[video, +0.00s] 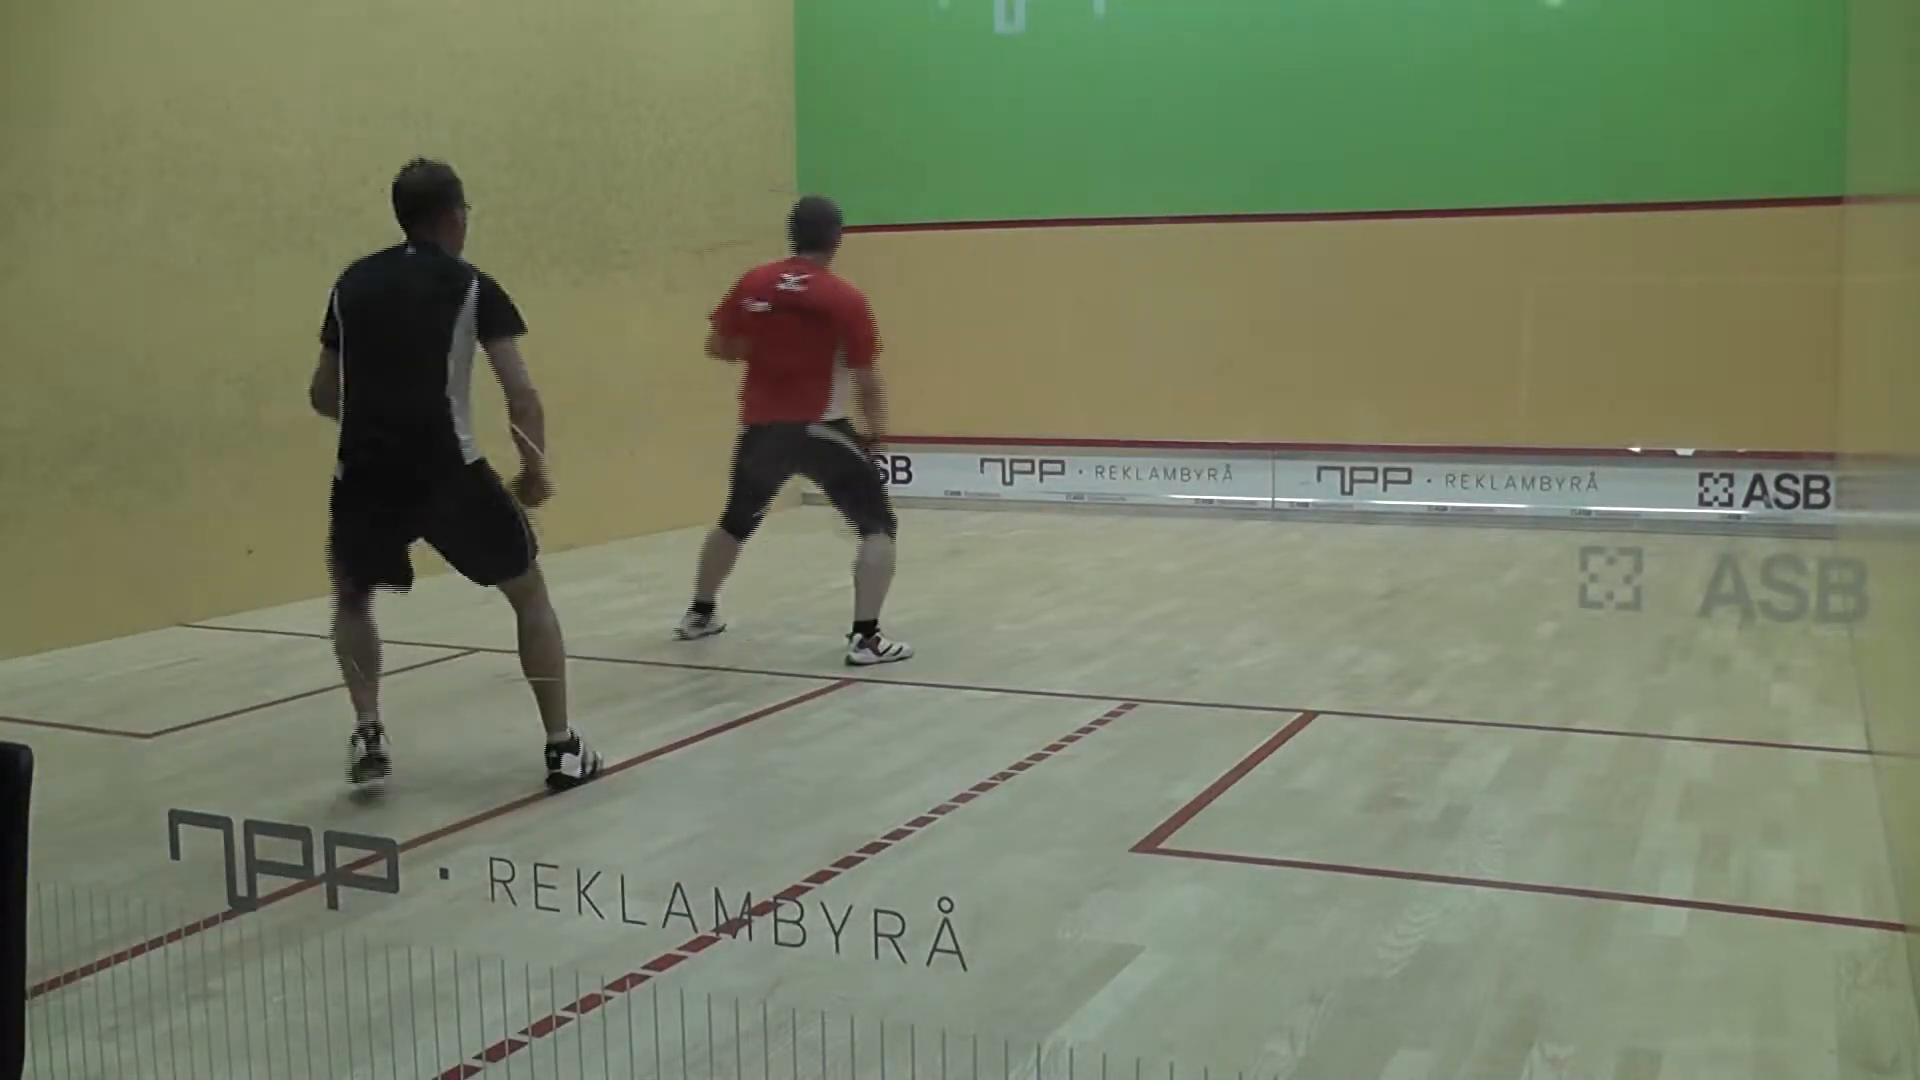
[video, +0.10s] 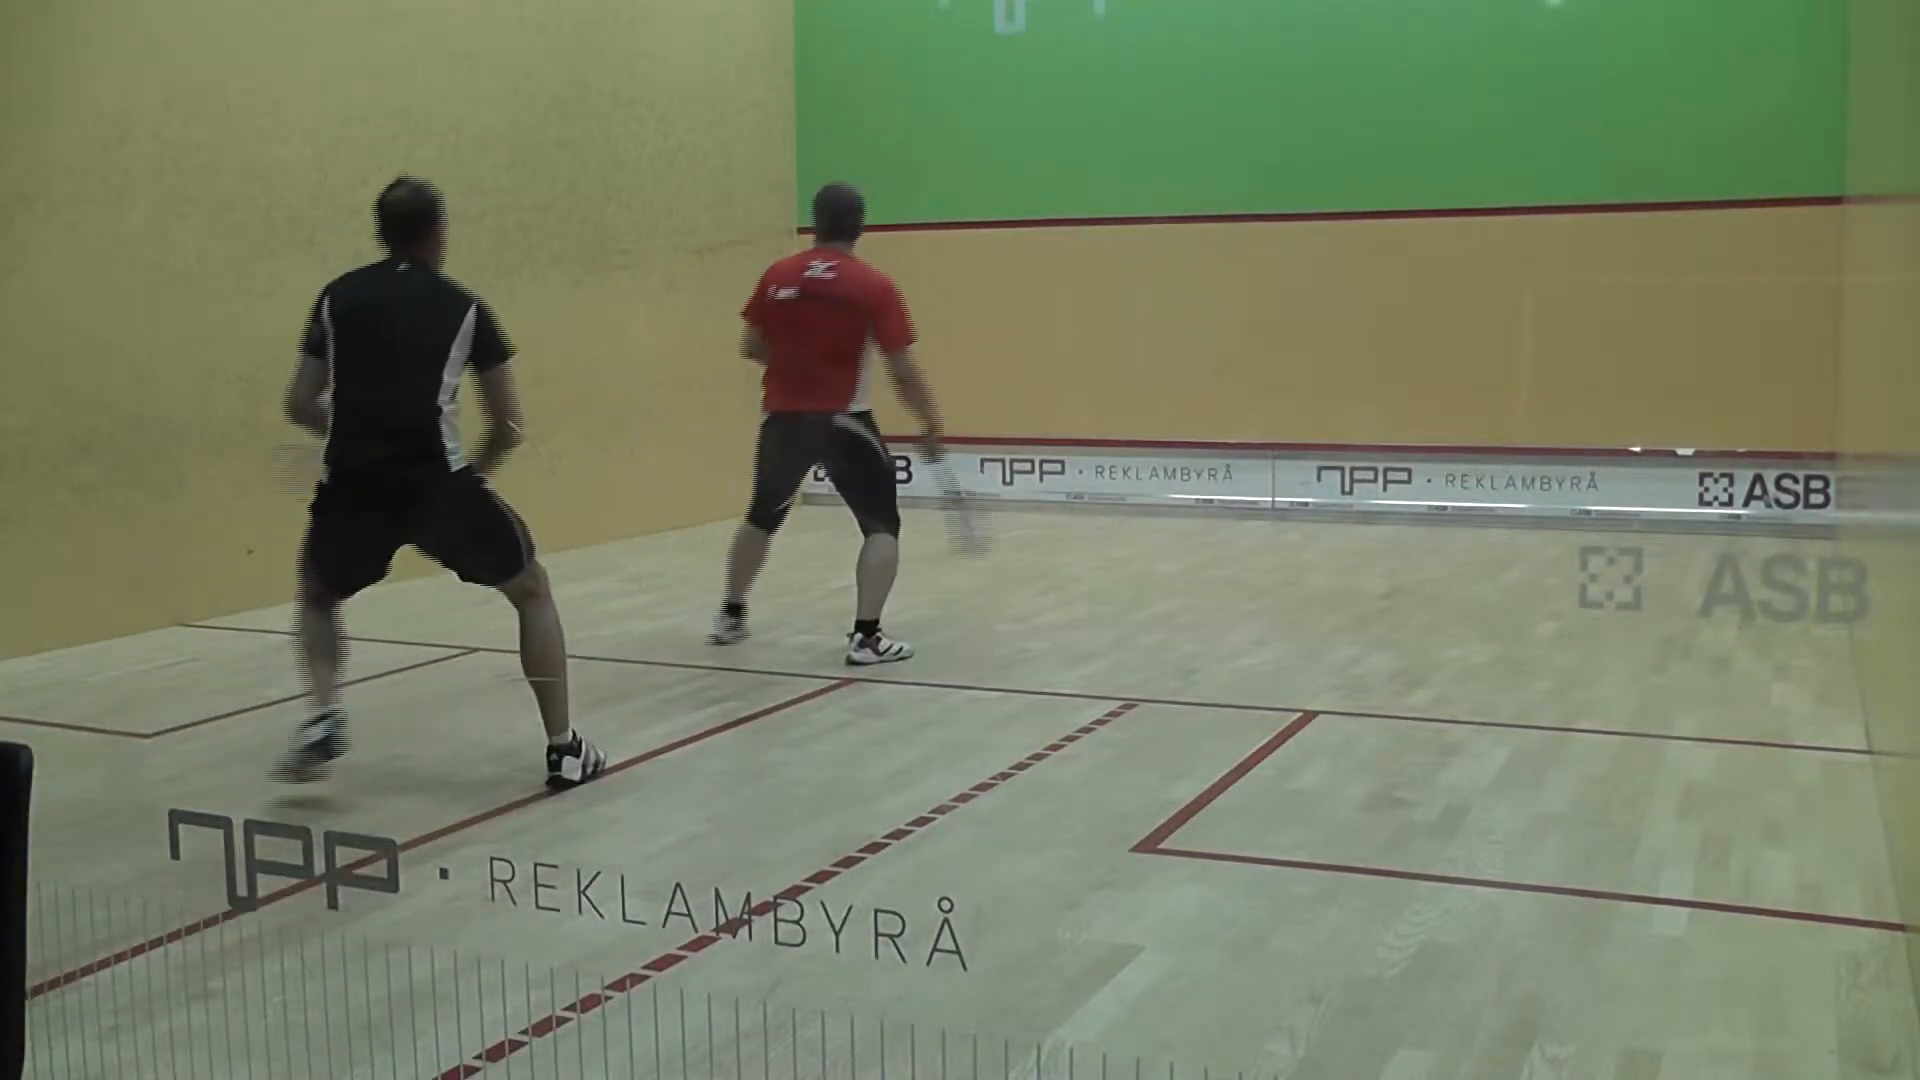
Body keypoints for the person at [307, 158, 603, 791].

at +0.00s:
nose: (467, 221)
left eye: (463, 212)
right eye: (464, 212)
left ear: (402, 221)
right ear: (453, 217)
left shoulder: (353, 282)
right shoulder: (473, 288)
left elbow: (324, 394)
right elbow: (520, 394)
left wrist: (377, 414)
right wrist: (534, 468)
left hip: (367, 480)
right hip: (450, 476)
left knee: (352, 597)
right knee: (530, 598)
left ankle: (368, 734)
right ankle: (562, 745)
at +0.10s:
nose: (443, 237)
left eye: (438, 228)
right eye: (442, 229)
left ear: (381, 235)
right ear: (437, 234)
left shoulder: (338, 298)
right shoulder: (465, 309)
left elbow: (301, 404)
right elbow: (508, 426)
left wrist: (349, 428)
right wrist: (471, 474)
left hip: (354, 494)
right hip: (439, 492)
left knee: (317, 596)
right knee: (531, 592)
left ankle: (325, 716)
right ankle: (563, 746)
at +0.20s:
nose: (398, 254)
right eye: (401, 244)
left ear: (346, 249)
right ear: (401, 249)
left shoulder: (313, 310)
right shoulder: (437, 319)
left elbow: (272, 407)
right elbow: (465, 433)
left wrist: (318, 453)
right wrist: (419, 452)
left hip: (338, 497)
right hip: (425, 494)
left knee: (279, 607)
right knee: (518, 599)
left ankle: (268, 750)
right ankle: (563, 747)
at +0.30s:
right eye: (314, 267)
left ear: (267, 272)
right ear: (320, 271)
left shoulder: (250, 321)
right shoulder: (351, 323)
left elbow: (227, 402)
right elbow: (372, 408)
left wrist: (244, 484)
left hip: (292, 491)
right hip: (376, 484)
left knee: (232, 612)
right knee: (467, 609)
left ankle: (220, 766)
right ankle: (552, 746)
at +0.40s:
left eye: (215, 272)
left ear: (213, 277)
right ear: (263, 277)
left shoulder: (204, 318)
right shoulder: (294, 320)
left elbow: (189, 395)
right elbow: (321, 401)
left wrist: (196, 486)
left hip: (273, 470)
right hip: (350, 465)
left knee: (212, 607)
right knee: (431, 609)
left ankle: (217, 767)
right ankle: (526, 741)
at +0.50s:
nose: (228, 268)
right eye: (225, 259)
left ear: (169, 267)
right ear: (221, 259)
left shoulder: (162, 301)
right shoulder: (256, 298)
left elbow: (144, 371)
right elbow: (285, 379)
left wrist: (141, 484)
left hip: (237, 459)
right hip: (316, 449)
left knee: (205, 610)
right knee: (366, 594)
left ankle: (217, 764)